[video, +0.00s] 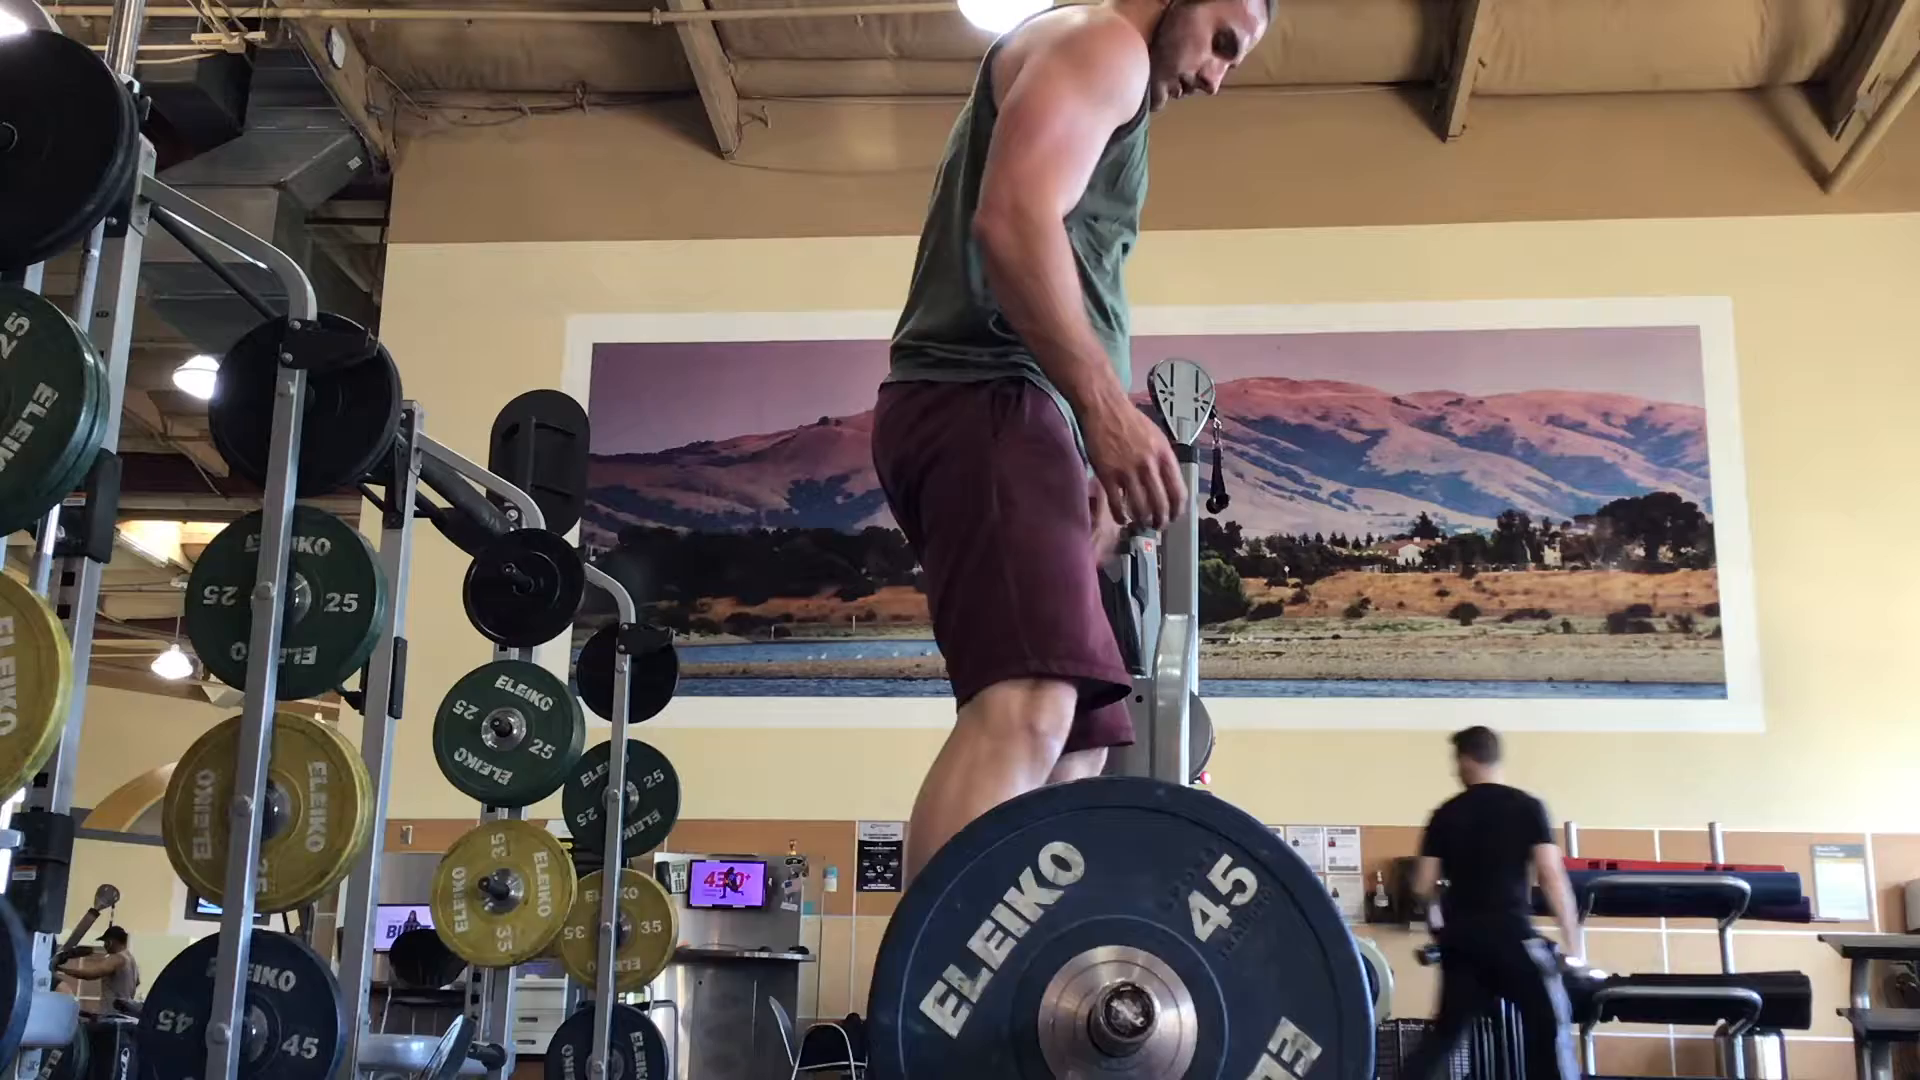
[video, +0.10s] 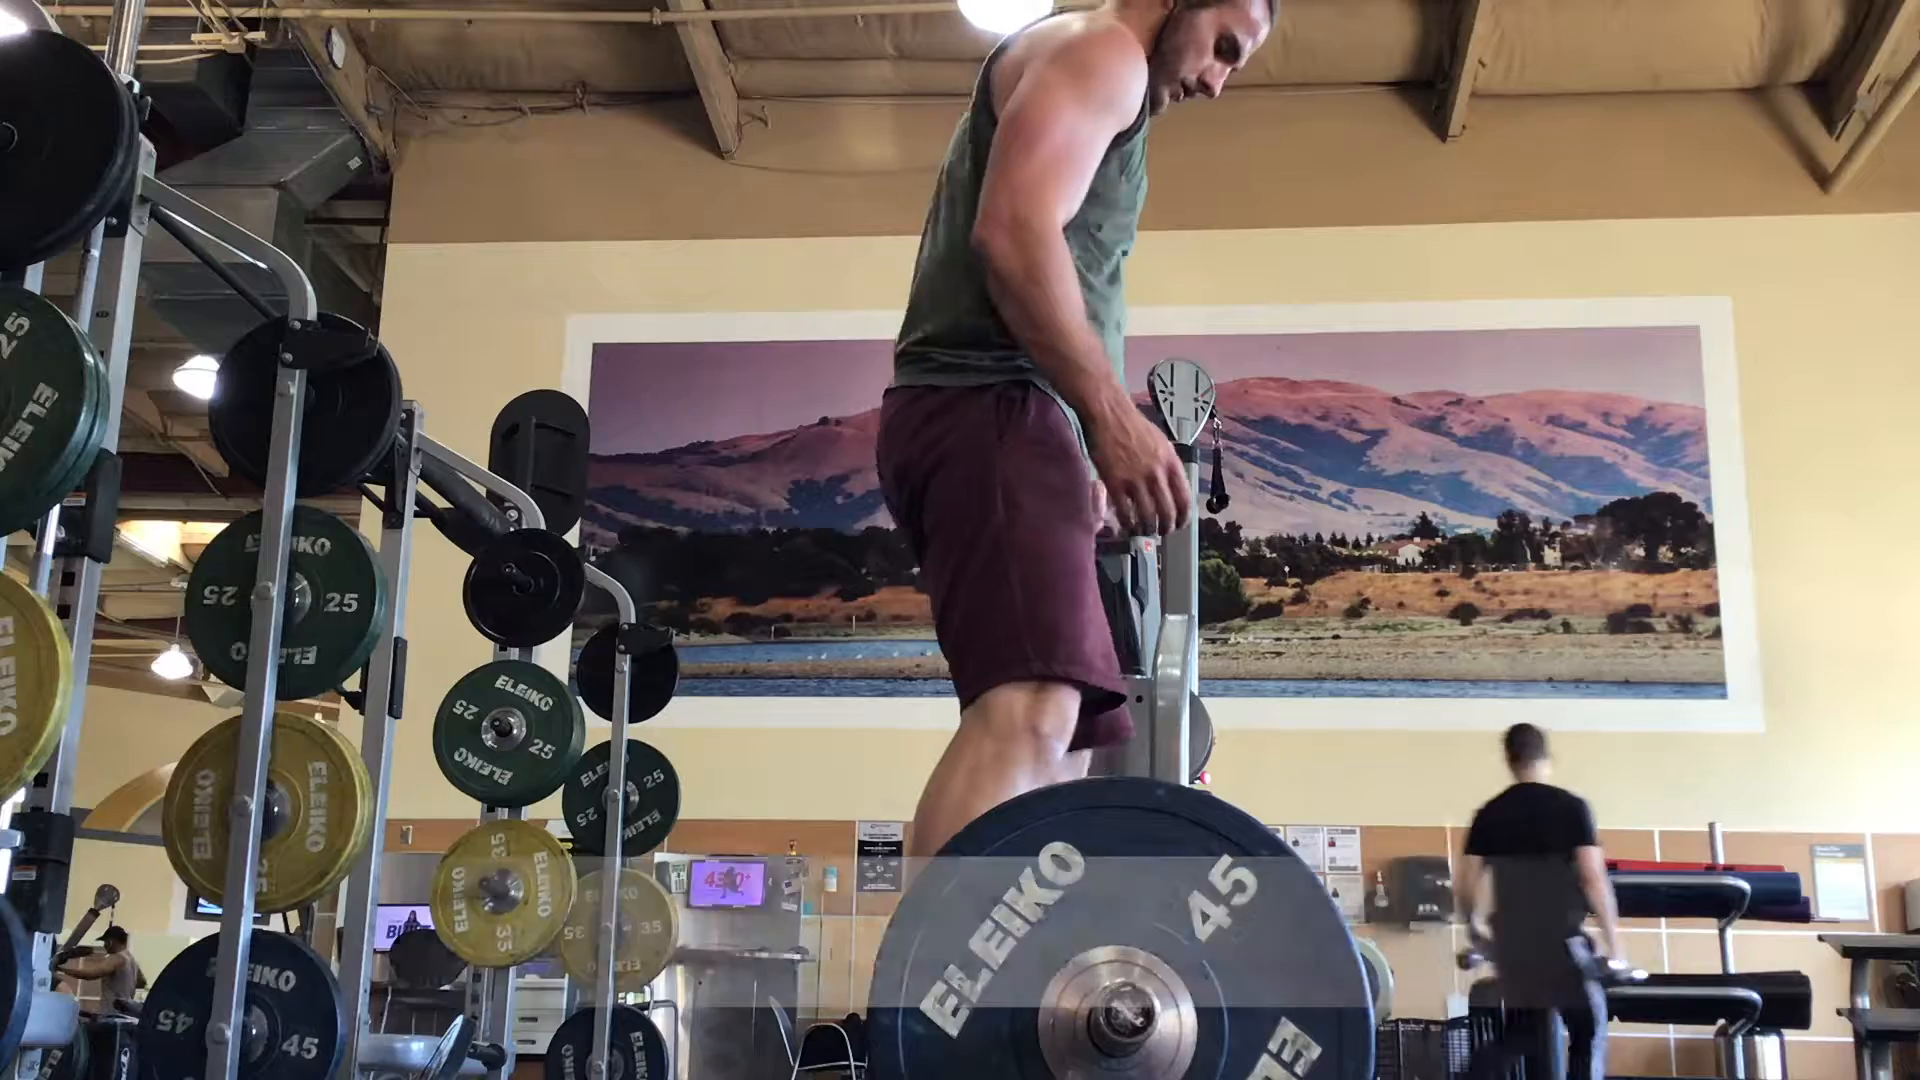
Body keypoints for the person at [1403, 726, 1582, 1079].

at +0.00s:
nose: (1456, 768)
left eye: (1457, 760)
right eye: (1457, 760)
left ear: (1465, 761)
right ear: (1498, 759)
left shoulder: (1445, 814)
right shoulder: (1527, 807)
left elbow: (1422, 885)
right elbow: (1552, 878)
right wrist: (1573, 947)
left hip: (1460, 939)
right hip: (1512, 939)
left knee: (1448, 1029)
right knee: (1551, 1024)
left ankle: (1412, 1073)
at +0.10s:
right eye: (1544, 755)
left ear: (1509, 760)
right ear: (1548, 756)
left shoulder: (1488, 814)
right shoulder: (1571, 808)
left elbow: (1466, 885)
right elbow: (1592, 879)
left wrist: (1473, 931)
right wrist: (1613, 948)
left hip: (1511, 938)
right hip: (1561, 939)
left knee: (1533, 1030)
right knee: (1590, 1025)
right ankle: (1586, 1075)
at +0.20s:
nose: (1596, 751)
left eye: (1592, 744)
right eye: (1592, 745)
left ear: (1552, 753)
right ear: (1585, 750)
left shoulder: (1527, 808)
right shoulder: (1606, 804)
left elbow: (1509, 879)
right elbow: (1630, 876)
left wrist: (1513, 935)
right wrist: (1651, 949)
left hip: (1550, 933)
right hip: (1595, 933)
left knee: (1588, 1027)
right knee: (1604, 1030)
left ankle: (1561, 1073)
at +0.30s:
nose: (1644, 756)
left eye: (1641, 747)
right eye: (1639, 747)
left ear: (1599, 755)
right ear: (1622, 751)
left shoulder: (1568, 810)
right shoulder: (1640, 806)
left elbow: (1554, 879)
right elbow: (1664, 875)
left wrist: (1556, 939)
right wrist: (1687, 948)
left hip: (1587, 931)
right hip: (1628, 930)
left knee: (1653, 1024)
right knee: (1620, 1025)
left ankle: (1656, 1073)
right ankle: (1598, 1075)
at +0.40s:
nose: (1687, 766)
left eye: (1686, 756)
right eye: (1682, 756)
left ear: (1645, 764)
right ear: (1659, 761)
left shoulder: (1613, 820)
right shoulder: (1679, 815)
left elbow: (1601, 891)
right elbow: (1704, 888)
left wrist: (1597, 949)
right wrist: (1728, 956)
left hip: (1630, 934)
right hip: (1664, 937)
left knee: (1695, 1026)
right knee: (1642, 1031)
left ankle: (1717, 1074)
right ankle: (1607, 1076)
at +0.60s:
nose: (1770, 765)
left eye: (1768, 756)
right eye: (1763, 757)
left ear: (1730, 768)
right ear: (1743, 765)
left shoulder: (1707, 825)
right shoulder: (1769, 816)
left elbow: (1697, 897)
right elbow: (1782, 885)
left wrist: (1692, 956)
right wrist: (1799, 955)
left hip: (1726, 944)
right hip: (1764, 944)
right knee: (1776, 1046)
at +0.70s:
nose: (1815, 758)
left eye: (1813, 750)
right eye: (1808, 751)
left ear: (1777, 761)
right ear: (1786, 758)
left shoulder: (1752, 816)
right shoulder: (1806, 811)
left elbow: (1747, 885)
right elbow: (1817, 883)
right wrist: (1835, 950)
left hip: (1762, 946)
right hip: (1800, 947)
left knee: (1798, 1043)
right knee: (1851, 1034)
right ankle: (1812, 1073)